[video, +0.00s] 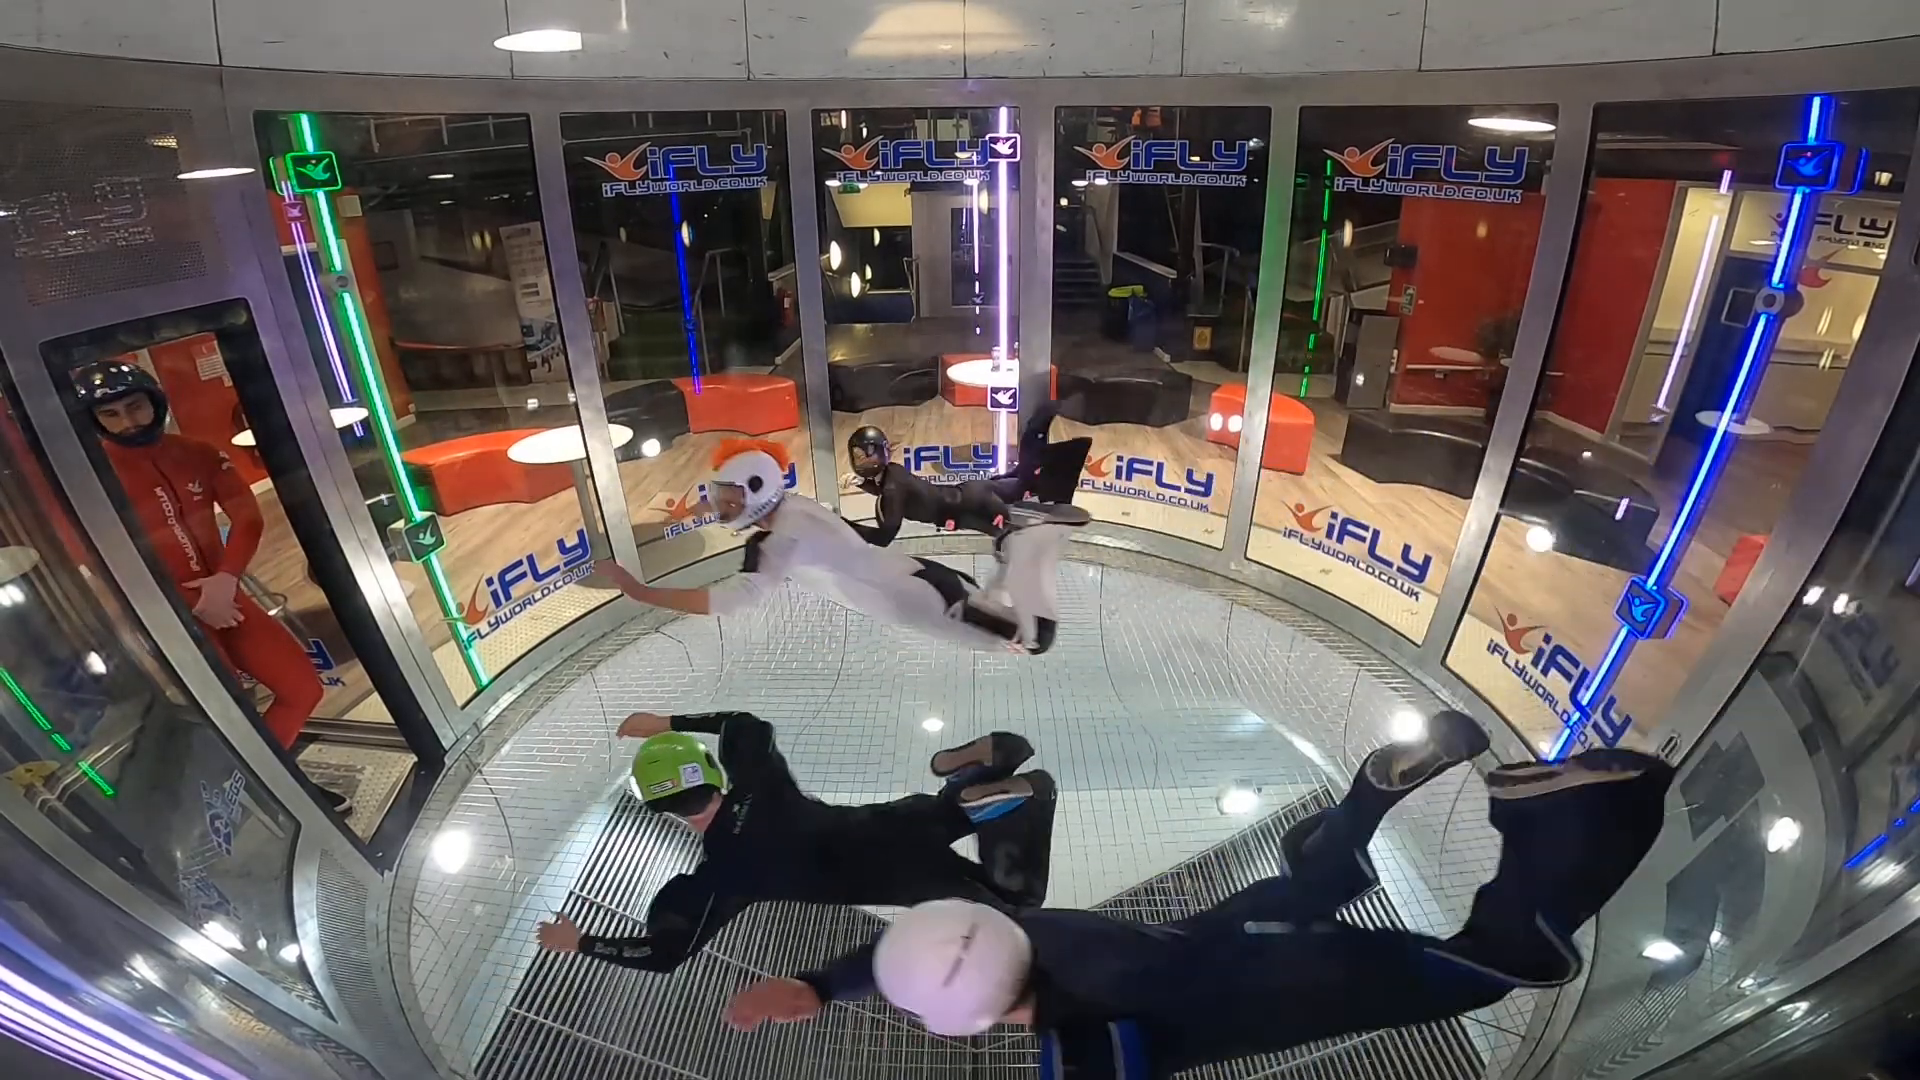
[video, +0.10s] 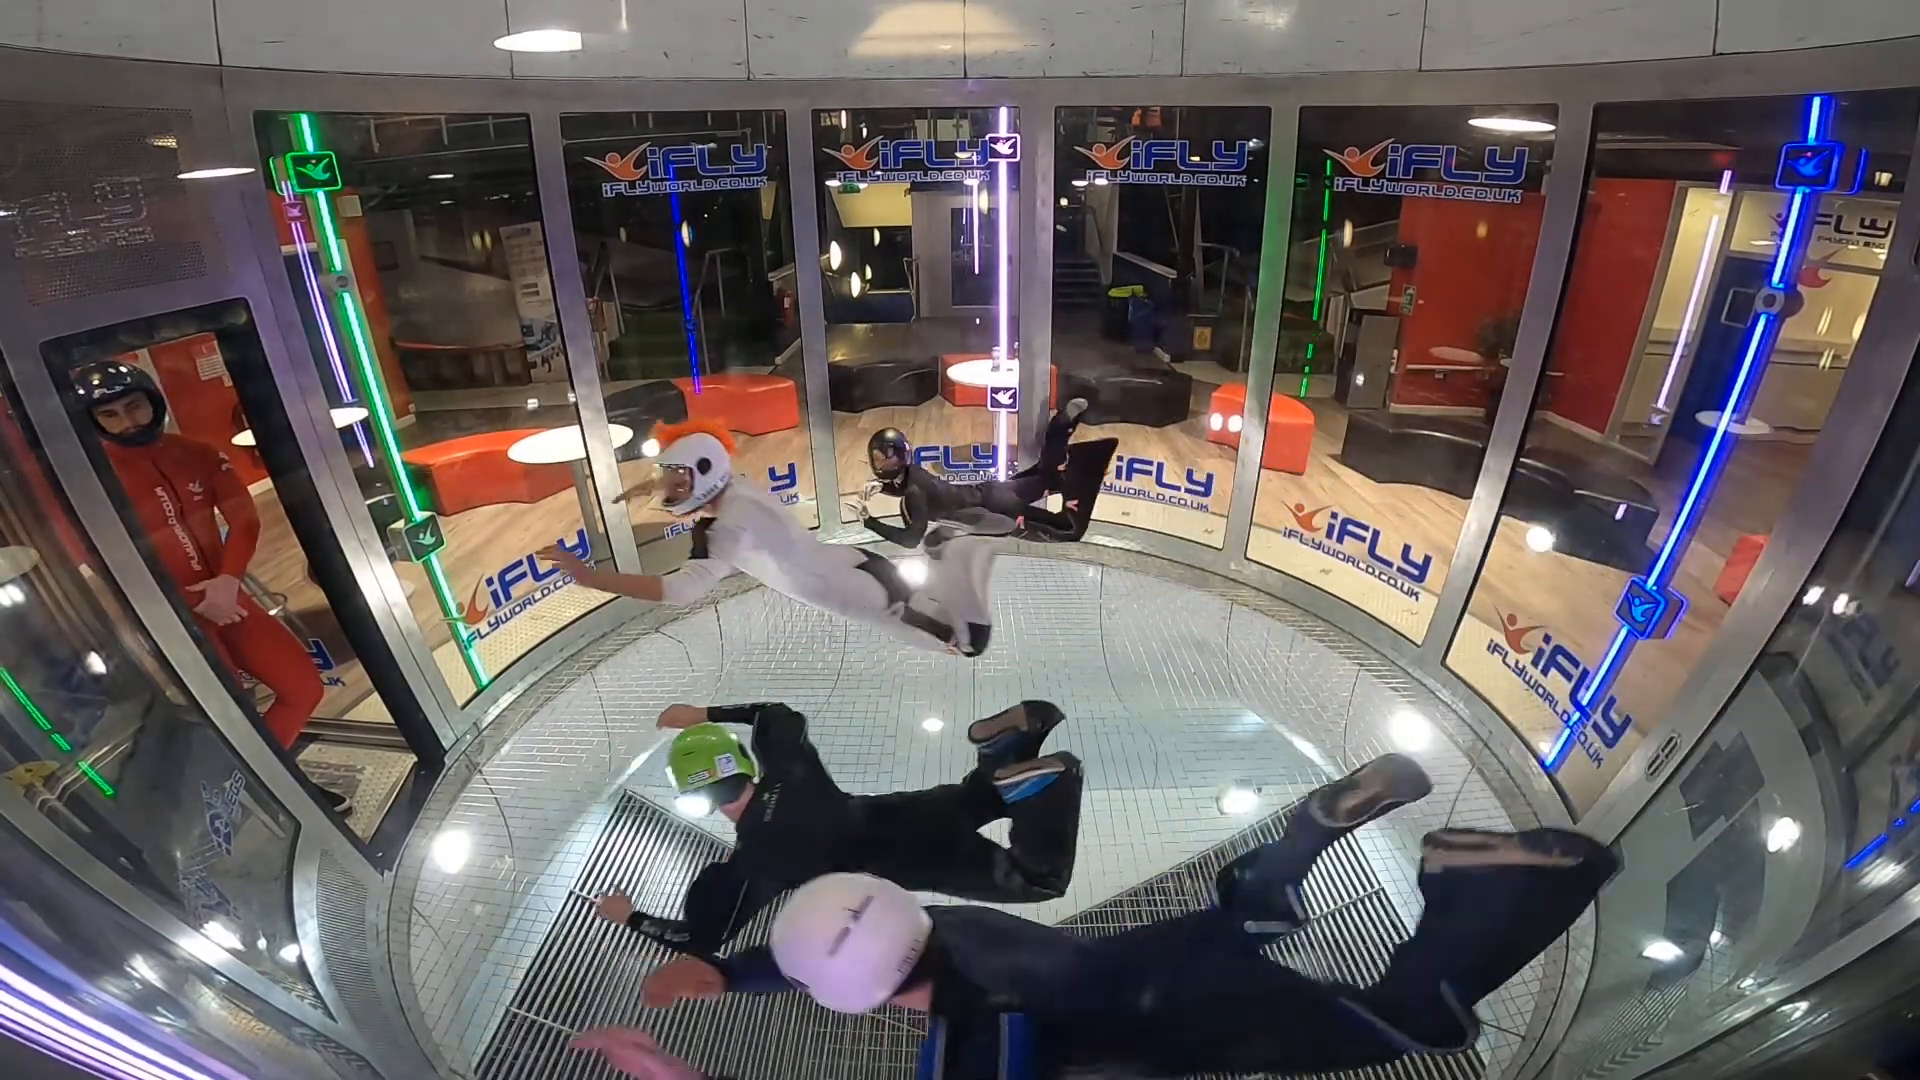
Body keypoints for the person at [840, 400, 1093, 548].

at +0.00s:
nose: (860, 460)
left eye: (866, 454)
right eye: (856, 455)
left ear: (881, 453)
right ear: (854, 456)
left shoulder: (892, 486)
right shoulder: (888, 476)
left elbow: (882, 538)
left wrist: (842, 525)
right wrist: (870, 488)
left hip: (973, 507)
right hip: (969, 491)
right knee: (1026, 479)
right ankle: (1040, 424)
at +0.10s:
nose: (879, 463)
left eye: (884, 456)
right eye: (875, 457)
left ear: (901, 455)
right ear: (875, 457)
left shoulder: (915, 489)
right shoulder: (909, 476)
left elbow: (911, 540)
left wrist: (871, 523)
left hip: (994, 502)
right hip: (988, 489)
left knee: (1051, 479)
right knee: (1044, 476)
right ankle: (1062, 424)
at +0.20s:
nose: (900, 465)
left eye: (907, 458)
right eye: (895, 459)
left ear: (922, 457)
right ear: (891, 461)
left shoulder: (936, 484)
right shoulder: (916, 479)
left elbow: (935, 520)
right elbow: (904, 510)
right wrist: (880, 524)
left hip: (1012, 503)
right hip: (1000, 498)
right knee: (1058, 475)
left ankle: (1114, 464)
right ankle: (1082, 424)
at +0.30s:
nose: (914, 468)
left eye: (918, 461)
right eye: (911, 462)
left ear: (935, 459)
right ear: (922, 460)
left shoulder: (954, 491)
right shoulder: (947, 480)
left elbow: (956, 544)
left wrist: (917, 527)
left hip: (1033, 510)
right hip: (1024, 498)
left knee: (1112, 527)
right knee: (1077, 473)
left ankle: (1141, 462)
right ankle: (1096, 418)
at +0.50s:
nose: (938, 472)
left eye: (943, 465)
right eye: (937, 465)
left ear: (962, 466)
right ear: (960, 464)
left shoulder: (984, 499)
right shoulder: (976, 490)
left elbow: (989, 549)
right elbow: (985, 536)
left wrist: (950, 526)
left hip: (1067, 514)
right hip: (1058, 501)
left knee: (1145, 518)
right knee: (1107, 473)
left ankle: (1181, 453)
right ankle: (1125, 413)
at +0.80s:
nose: (955, 482)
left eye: (961, 476)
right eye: (956, 476)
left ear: (980, 477)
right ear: (975, 476)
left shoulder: (1003, 511)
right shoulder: (990, 503)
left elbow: (1010, 558)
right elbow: (1004, 547)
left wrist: (979, 534)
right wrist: (982, 528)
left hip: (1093, 530)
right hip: (1079, 515)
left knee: (1171, 524)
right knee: (1141, 489)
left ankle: (1197, 447)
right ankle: (1162, 427)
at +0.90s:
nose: (958, 486)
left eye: (965, 479)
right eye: (957, 478)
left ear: (985, 479)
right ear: (978, 479)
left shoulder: (1002, 521)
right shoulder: (992, 512)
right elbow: (1006, 564)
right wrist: (977, 541)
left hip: (1094, 537)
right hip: (1082, 520)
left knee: (1170, 531)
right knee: (1143, 497)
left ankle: (1193, 454)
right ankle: (1171, 437)